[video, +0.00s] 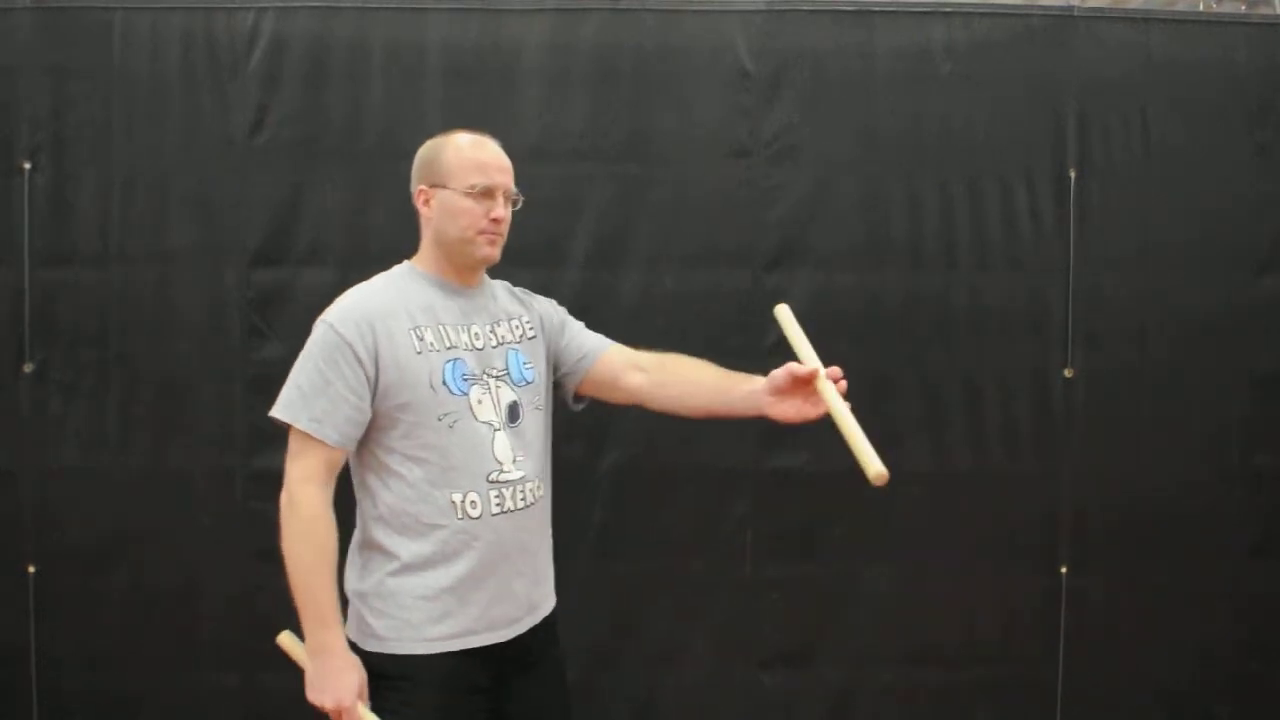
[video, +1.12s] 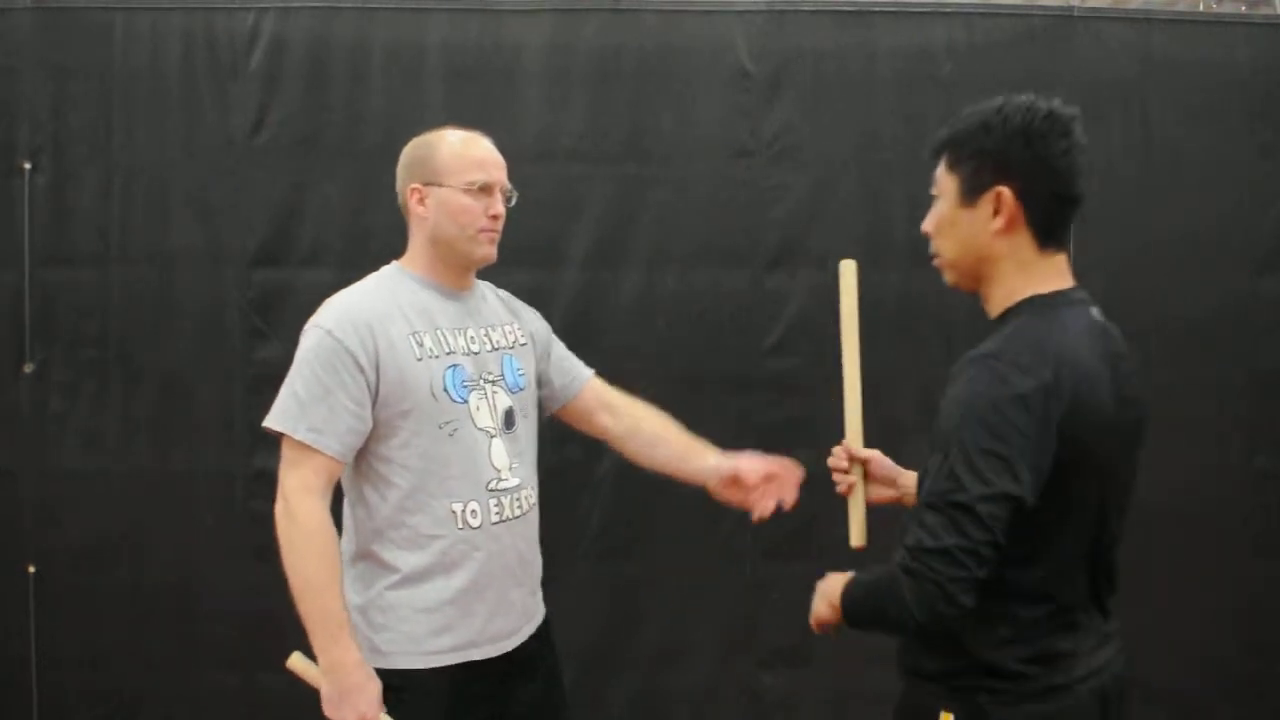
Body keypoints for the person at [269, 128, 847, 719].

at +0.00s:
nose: (501, 213)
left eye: (507, 198)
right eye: (481, 195)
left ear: (513, 206)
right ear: (424, 200)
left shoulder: (529, 315)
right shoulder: (359, 322)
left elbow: (635, 374)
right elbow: (305, 489)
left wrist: (761, 395)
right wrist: (327, 650)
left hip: (527, 633)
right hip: (411, 650)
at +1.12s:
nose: (498, 206)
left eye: (503, 192)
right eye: (478, 190)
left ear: (508, 201)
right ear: (418, 200)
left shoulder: (514, 319)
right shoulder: (351, 325)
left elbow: (610, 412)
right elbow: (300, 500)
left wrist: (716, 468)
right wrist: (343, 672)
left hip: (523, 646)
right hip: (408, 669)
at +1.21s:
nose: (501, 209)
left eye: (504, 193)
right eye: (481, 190)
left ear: (507, 200)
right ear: (419, 200)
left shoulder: (507, 318)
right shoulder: (351, 325)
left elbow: (587, 426)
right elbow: (303, 502)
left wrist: (681, 513)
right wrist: (349, 674)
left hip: (522, 644)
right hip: (410, 672)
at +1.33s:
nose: (515, 210)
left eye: (515, 194)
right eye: (494, 191)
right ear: (434, 201)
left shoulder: (510, 319)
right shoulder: (365, 323)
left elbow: (560, 444)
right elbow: (323, 497)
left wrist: (622, 561)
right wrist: (368, 671)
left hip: (524, 644)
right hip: (417, 670)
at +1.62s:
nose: (572, 212)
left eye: (570, 197)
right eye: (553, 193)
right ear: (496, 202)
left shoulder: (545, 322)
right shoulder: (428, 310)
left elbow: (559, 463)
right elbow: (395, 479)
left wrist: (579, 585)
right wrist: (446, 643)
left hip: (542, 642)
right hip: (451, 653)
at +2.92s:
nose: (542, 215)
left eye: (539, 199)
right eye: (528, 197)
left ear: (476, 205)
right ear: (471, 203)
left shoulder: (507, 321)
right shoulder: (415, 326)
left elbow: (542, 450)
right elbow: (430, 512)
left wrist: (620, 526)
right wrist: (503, 655)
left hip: (535, 650)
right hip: (440, 664)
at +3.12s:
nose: (532, 212)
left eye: (529, 196)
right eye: (517, 194)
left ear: (468, 206)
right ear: (463, 204)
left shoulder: (495, 318)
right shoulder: (423, 326)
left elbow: (560, 416)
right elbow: (466, 511)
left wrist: (632, 442)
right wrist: (549, 633)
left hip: (513, 647)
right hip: (444, 660)